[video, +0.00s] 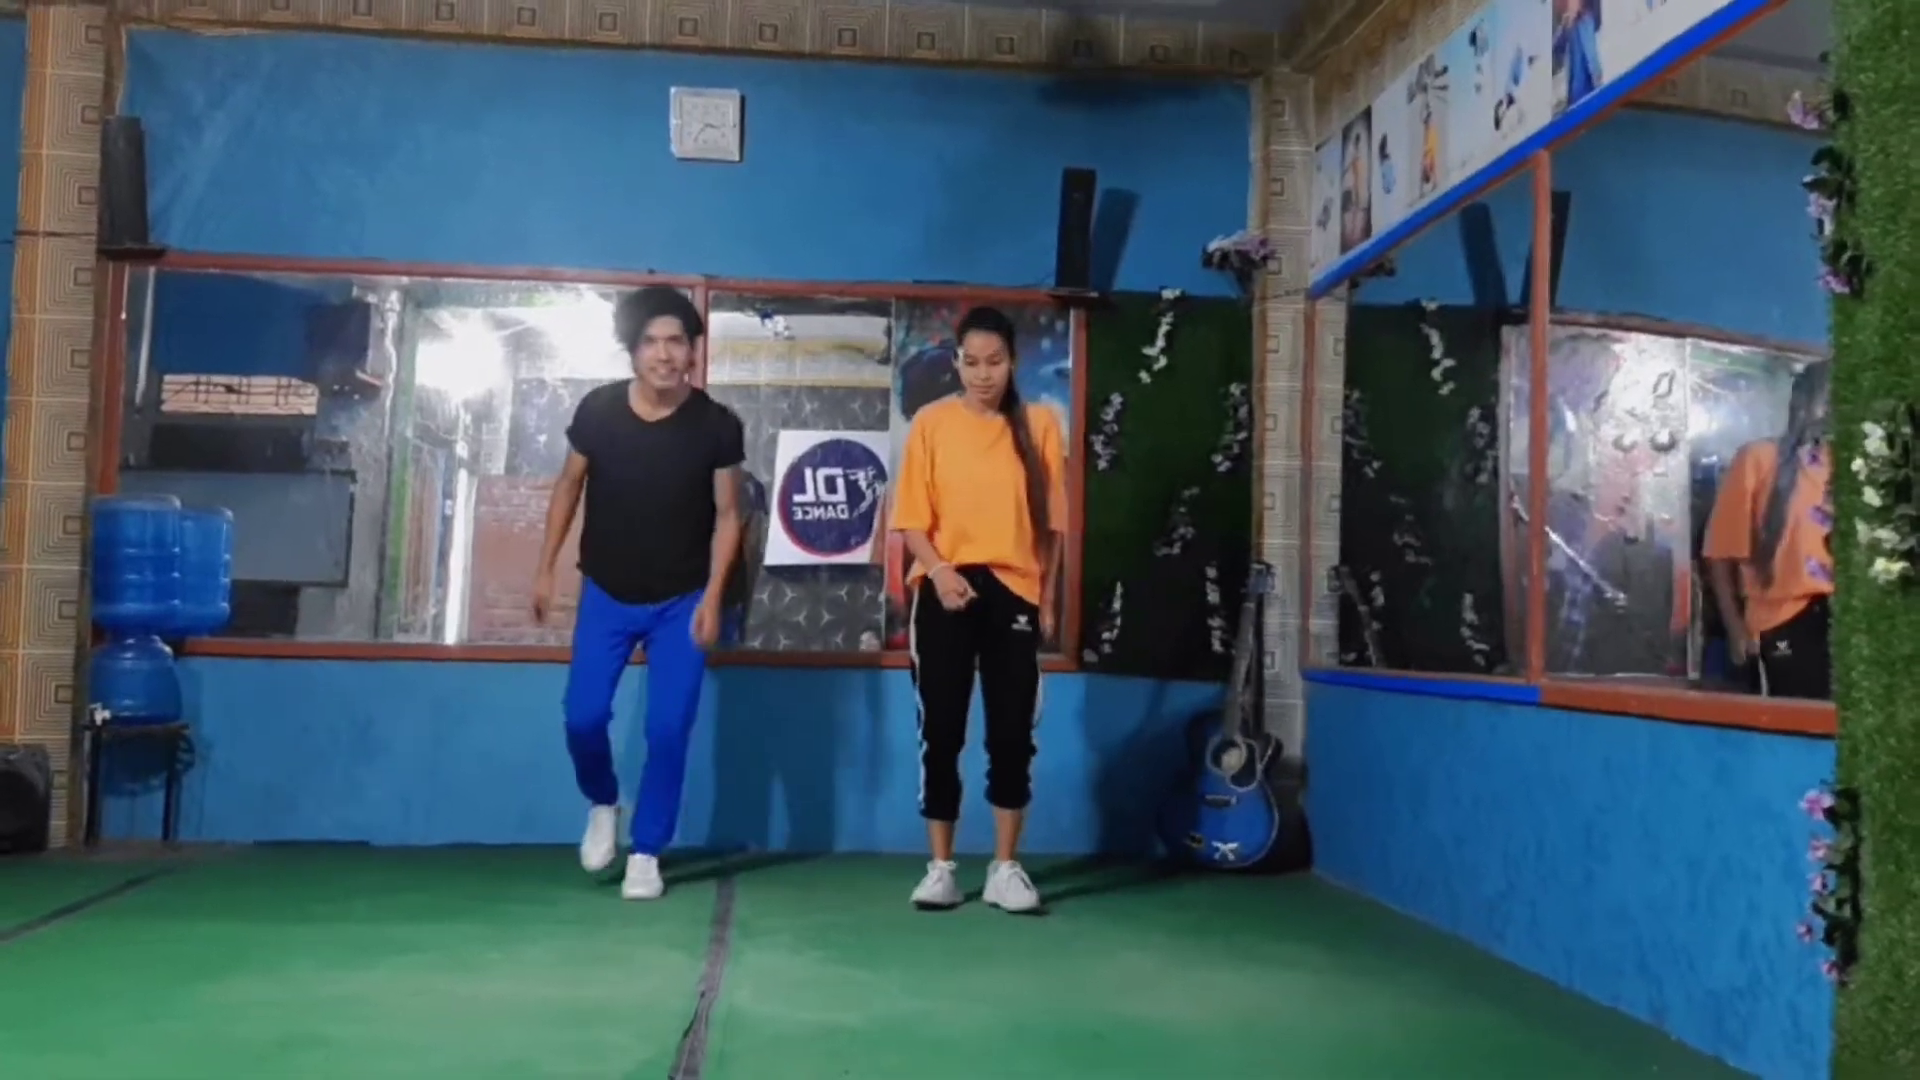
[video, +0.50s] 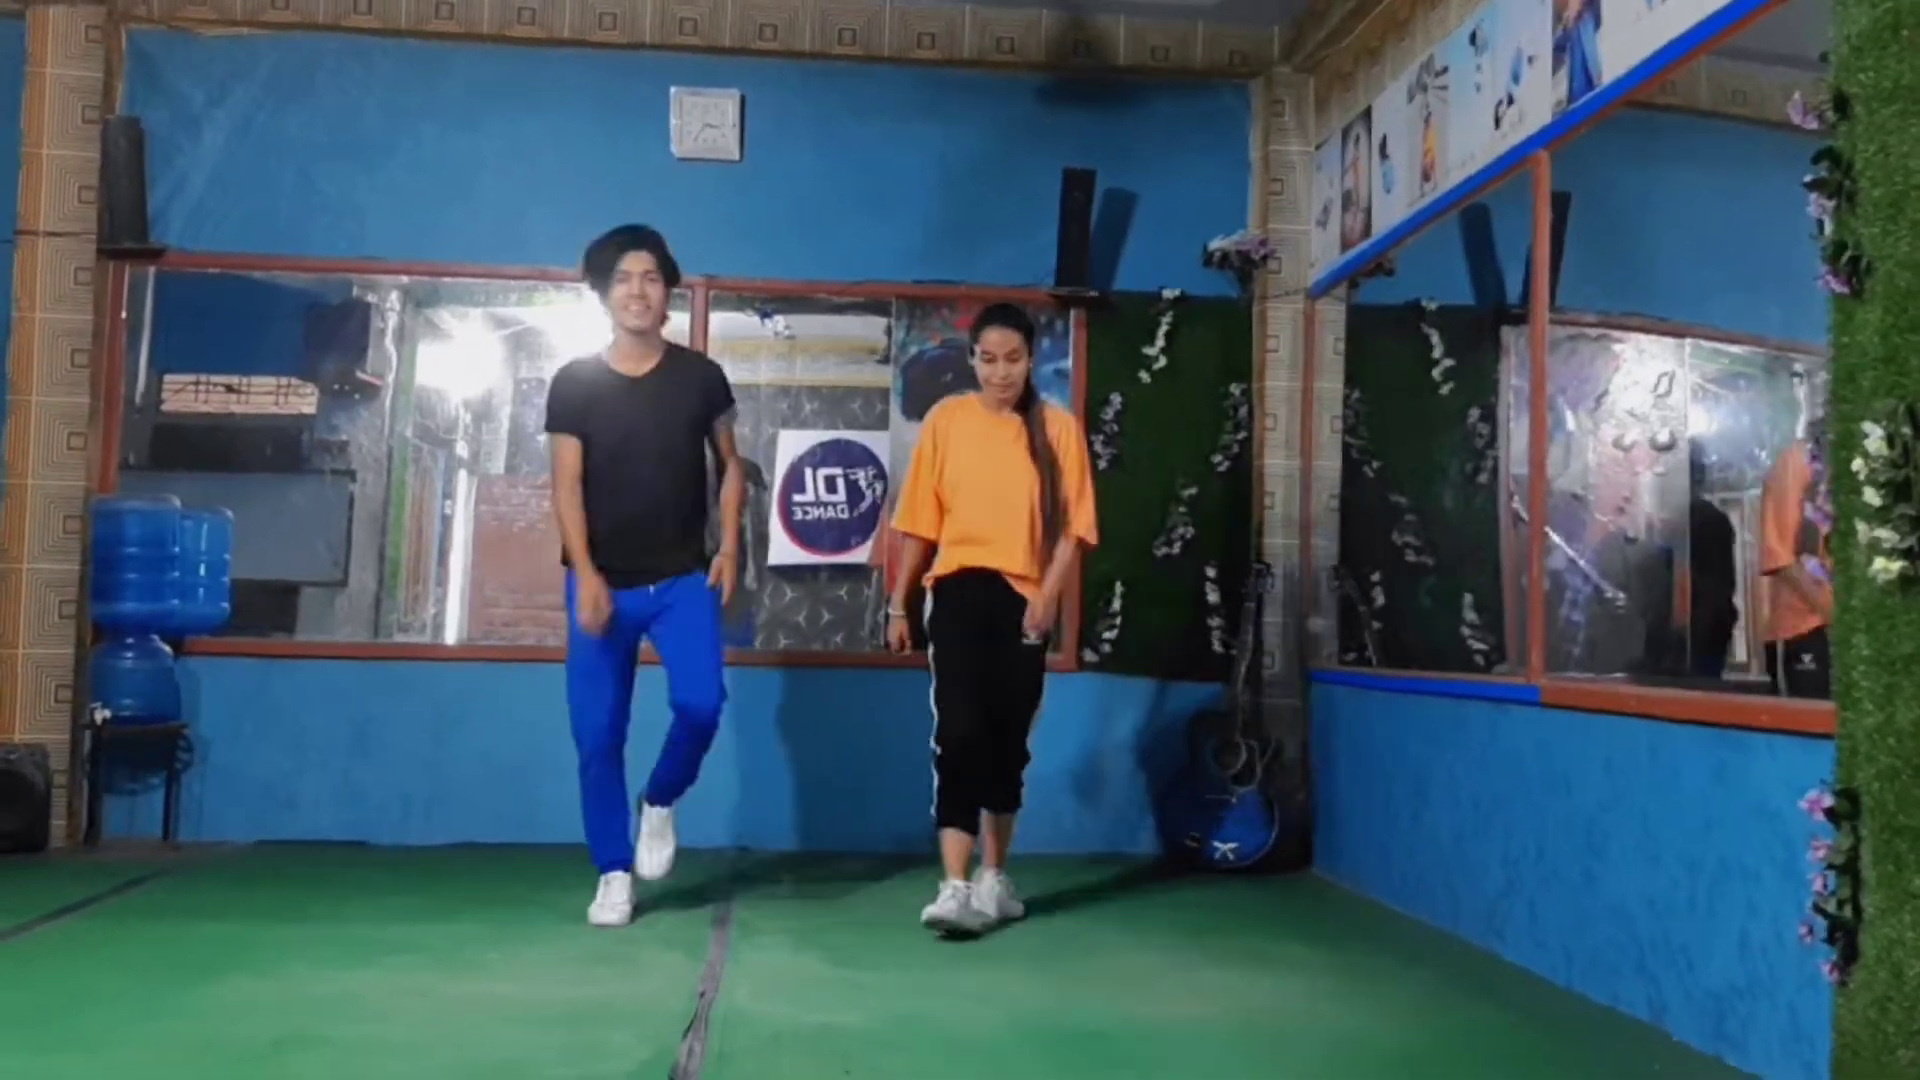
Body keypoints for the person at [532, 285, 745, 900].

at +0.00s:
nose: (667, 354)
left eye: (678, 342)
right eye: (653, 342)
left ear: (694, 351)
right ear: (630, 350)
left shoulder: (717, 425)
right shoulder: (598, 411)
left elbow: (728, 516)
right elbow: (569, 485)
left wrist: (713, 597)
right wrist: (546, 569)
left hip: (683, 602)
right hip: (606, 596)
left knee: (669, 730)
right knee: (582, 718)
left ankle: (646, 854)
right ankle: (603, 804)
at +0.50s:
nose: (640, 292)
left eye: (651, 279)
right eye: (625, 280)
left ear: (669, 292)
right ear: (603, 295)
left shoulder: (701, 376)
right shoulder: (576, 382)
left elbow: (732, 467)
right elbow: (566, 486)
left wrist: (728, 547)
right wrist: (585, 574)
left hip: (684, 581)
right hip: (601, 583)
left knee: (702, 706)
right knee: (597, 735)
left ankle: (658, 803)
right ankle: (613, 870)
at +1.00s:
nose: (644, 269)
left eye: (662, 258)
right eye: (635, 257)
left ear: (694, 279)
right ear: (619, 274)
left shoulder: (715, 373)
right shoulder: (589, 367)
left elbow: (717, 484)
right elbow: (558, 459)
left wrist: (624, 480)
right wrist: (585, 479)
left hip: (666, 589)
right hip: (580, 578)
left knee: (648, 753)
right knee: (520, 704)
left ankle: (629, 901)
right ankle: (598, 784)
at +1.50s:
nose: (612, 270)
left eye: (626, 258)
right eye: (597, 258)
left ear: (645, 275)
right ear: (573, 276)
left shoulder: (681, 363)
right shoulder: (546, 369)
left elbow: (718, 465)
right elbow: (523, 482)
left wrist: (646, 492)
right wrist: (583, 507)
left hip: (661, 589)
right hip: (570, 591)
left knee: (659, 729)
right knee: (564, 745)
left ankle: (637, 887)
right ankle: (577, 899)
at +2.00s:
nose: (629, 264)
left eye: (642, 251)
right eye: (613, 251)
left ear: (660, 268)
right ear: (586, 267)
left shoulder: (691, 354)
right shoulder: (549, 348)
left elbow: (773, 432)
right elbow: (485, 402)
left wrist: (743, 412)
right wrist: (459, 411)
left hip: (657, 585)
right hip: (565, 583)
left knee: (637, 748)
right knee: (553, 744)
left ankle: (617, 903)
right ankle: (568, 888)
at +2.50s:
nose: (636, 287)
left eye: (650, 274)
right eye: (622, 274)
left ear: (672, 288)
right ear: (600, 288)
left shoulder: (708, 376)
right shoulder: (581, 376)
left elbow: (763, 469)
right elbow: (512, 458)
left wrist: (817, 393)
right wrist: (434, 414)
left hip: (667, 603)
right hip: (582, 599)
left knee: (677, 751)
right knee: (502, 721)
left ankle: (703, 898)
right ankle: (502, 897)